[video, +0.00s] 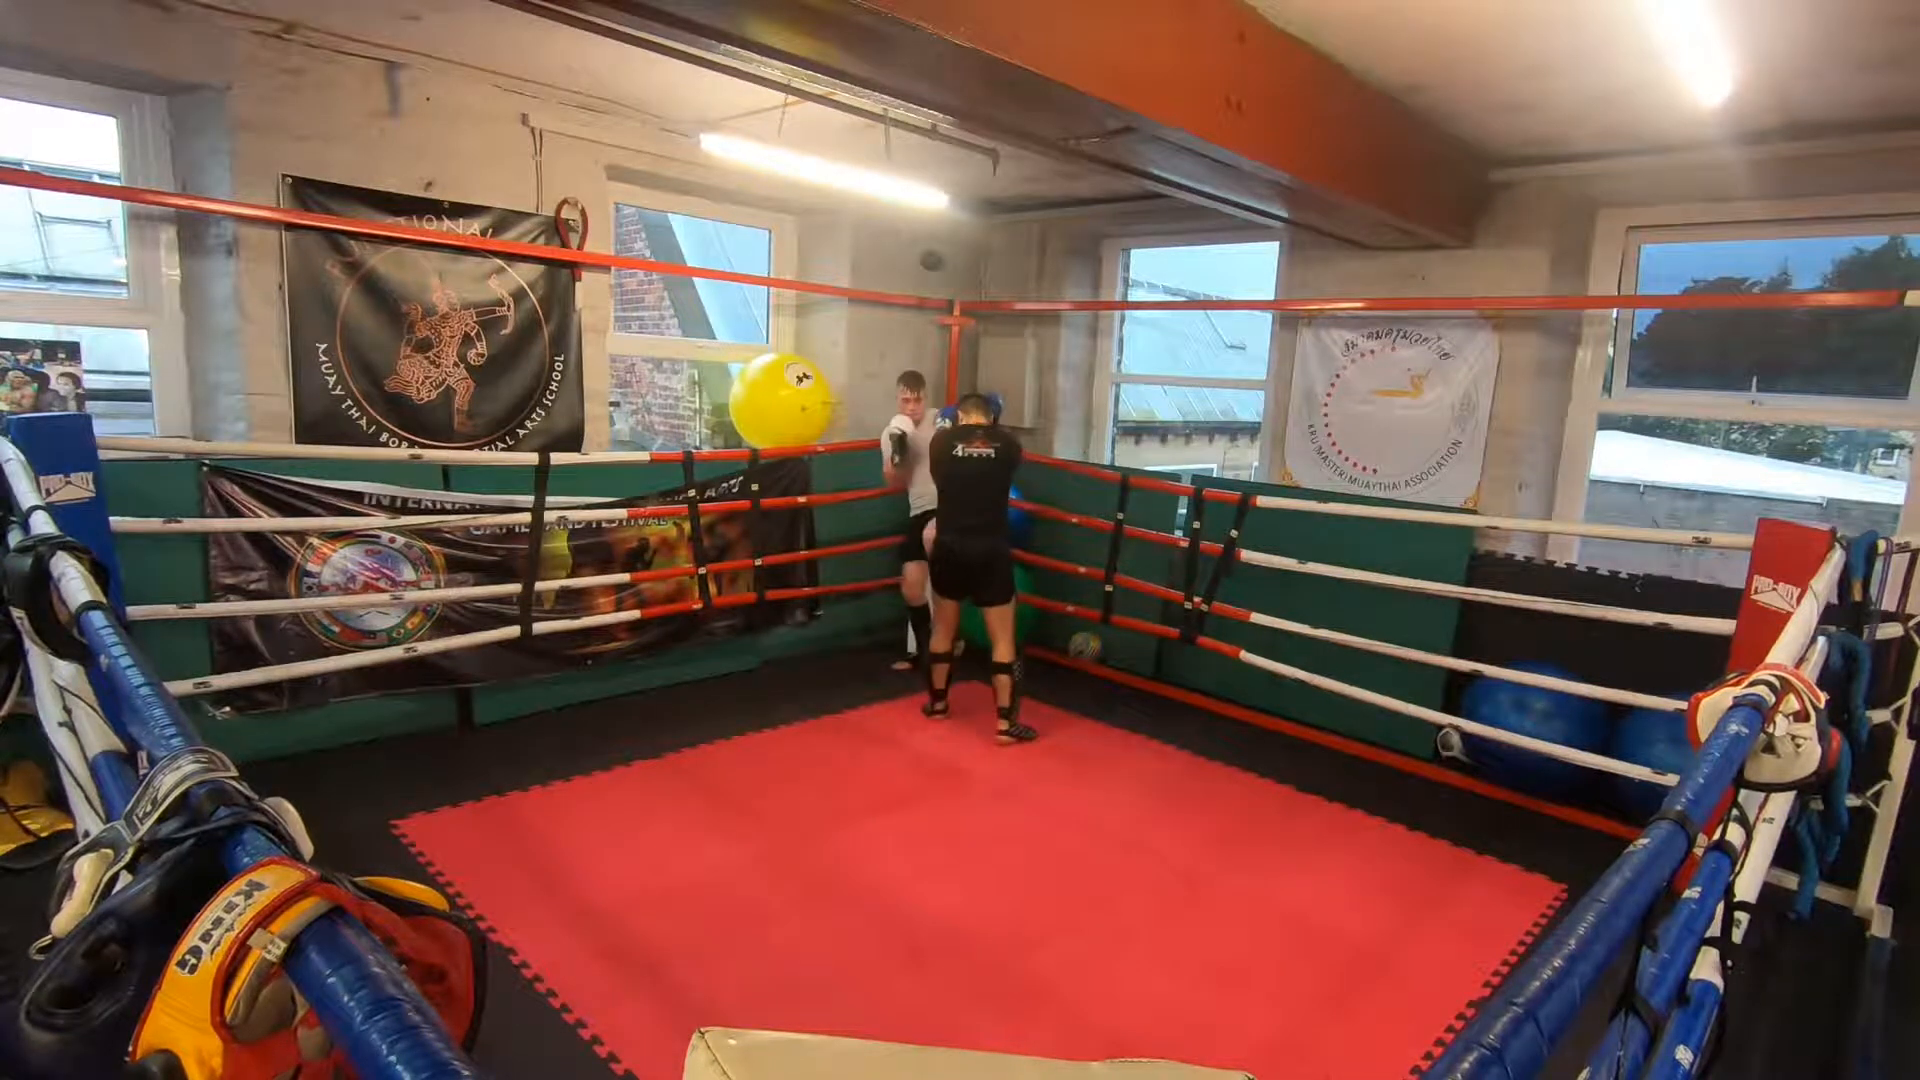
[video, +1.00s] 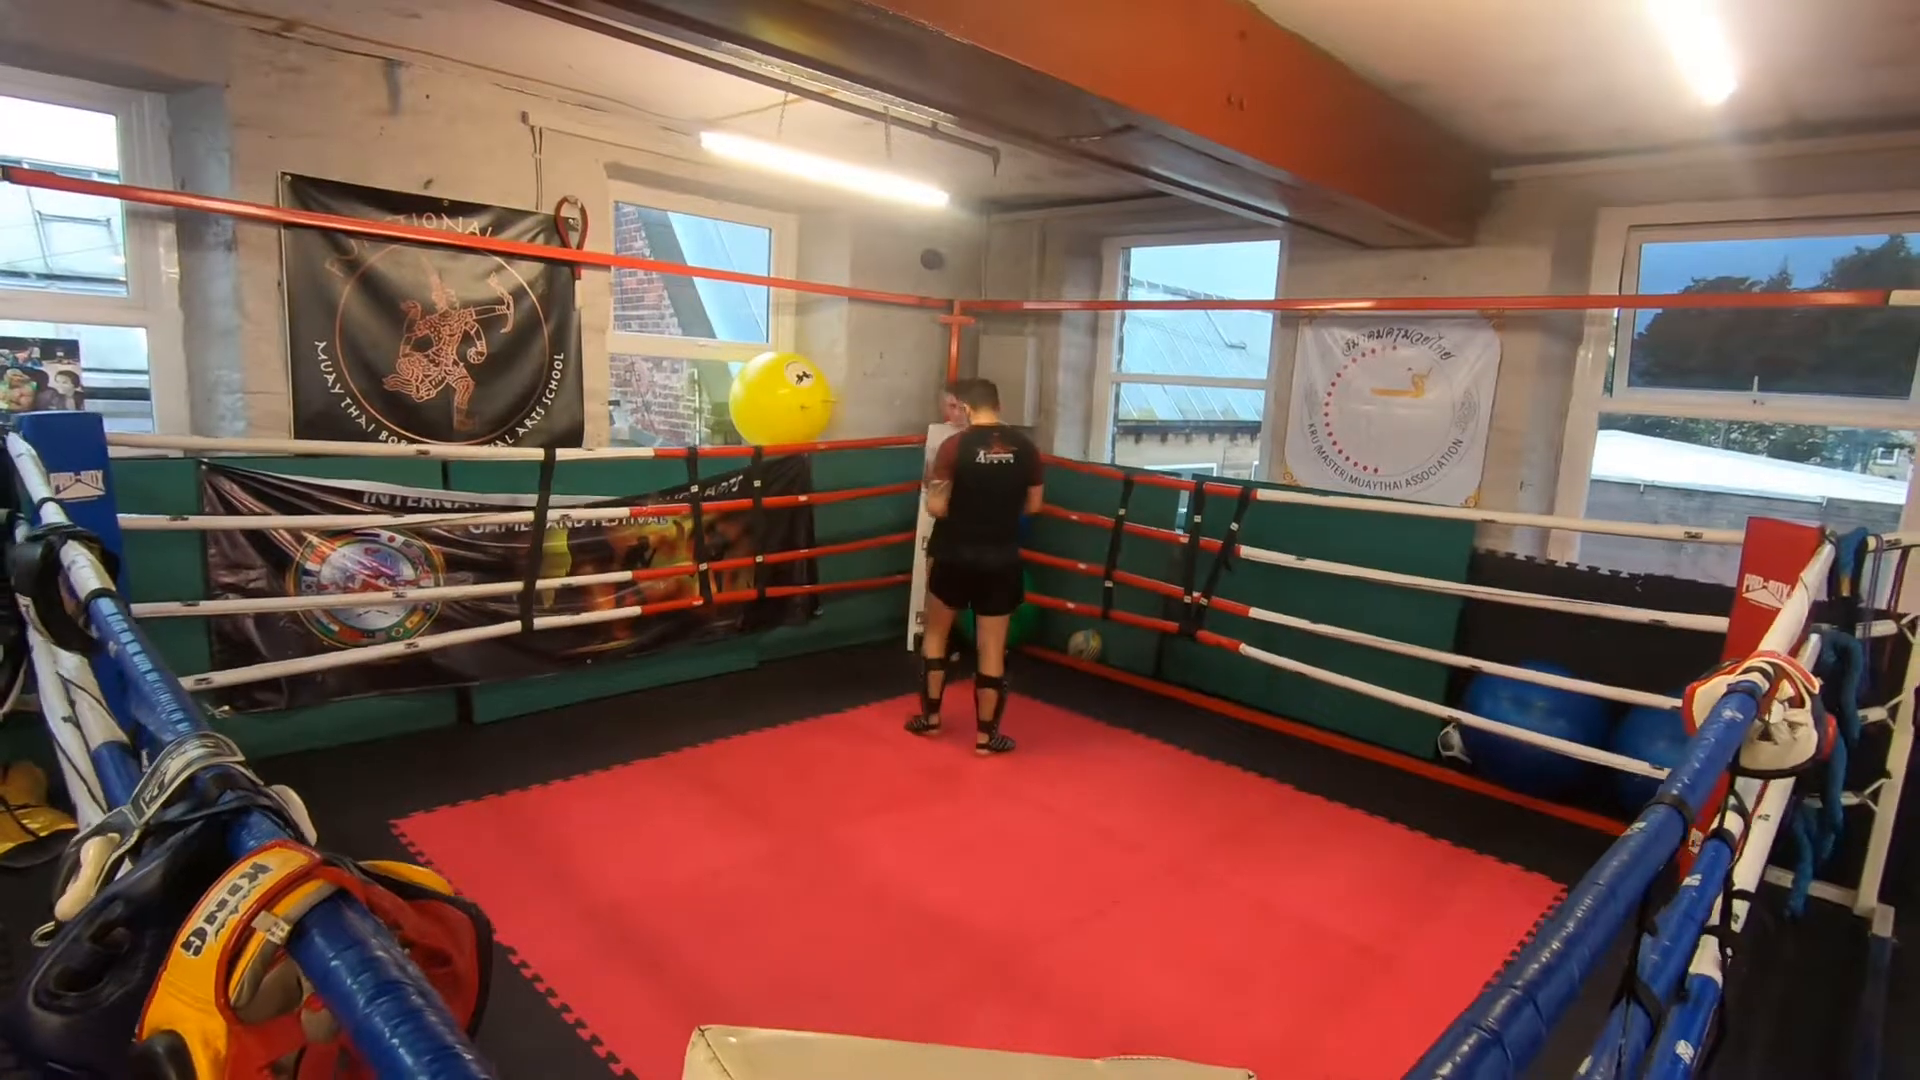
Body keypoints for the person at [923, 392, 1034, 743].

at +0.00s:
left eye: (963, 413)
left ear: (959, 414)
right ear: (993, 416)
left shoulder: (940, 441)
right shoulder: (1007, 443)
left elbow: (938, 477)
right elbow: (1009, 461)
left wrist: (964, 433)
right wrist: (982, 431)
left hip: (950, 548)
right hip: (992, 550)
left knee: (943, 629)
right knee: (1002, 639)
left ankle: (937, 702)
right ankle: (1005, 722)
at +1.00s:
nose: (955, 415)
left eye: (956, 409)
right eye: (956, 408)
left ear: (965, 409)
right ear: (997, 407)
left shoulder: (954, 445)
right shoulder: (1025, 446)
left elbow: (937, 505)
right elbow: (1034, 503)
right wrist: (1000, 502)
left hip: (954, 562)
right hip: (1000, 565)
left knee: (937, 632)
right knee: (992, 647)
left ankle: (931, 716)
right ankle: (986, 735)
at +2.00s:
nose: (1042, 425)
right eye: (1042, 421)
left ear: (1003, 415)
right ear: (1040, 421)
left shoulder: (981, 443)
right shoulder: (1055, 456)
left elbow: (965, 466)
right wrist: (1036, 432)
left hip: (976, 564)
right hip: (1020, 570)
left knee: (969, 648)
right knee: (1014, 665)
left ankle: (962, 728)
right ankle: (1006, 755)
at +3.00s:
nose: (1058, 428)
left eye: (1057, 422)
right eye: (1063, 422)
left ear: (1062, 421)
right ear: (1097, 420)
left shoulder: (1049, 462)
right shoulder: (1126, 466)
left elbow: (1018, 528)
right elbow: (1106, 517)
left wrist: (1008, 506)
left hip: (1056, 593)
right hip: (1104, 595)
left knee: (1059, 697)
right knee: (1088, 682)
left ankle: (1056, 802)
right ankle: (1076, 773)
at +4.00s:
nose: (886, 422)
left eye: (886, 415)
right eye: (886, 415)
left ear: (895, 413)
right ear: (921, 409)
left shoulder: (912, 455)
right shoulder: (945, 446)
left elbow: (896, 526)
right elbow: (930, 504)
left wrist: (857, 514)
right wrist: (898, 448)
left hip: (921, 577)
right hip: (935, 570)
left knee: (940, 669)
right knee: (896, 646)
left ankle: (976, 764)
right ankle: (869, 720)